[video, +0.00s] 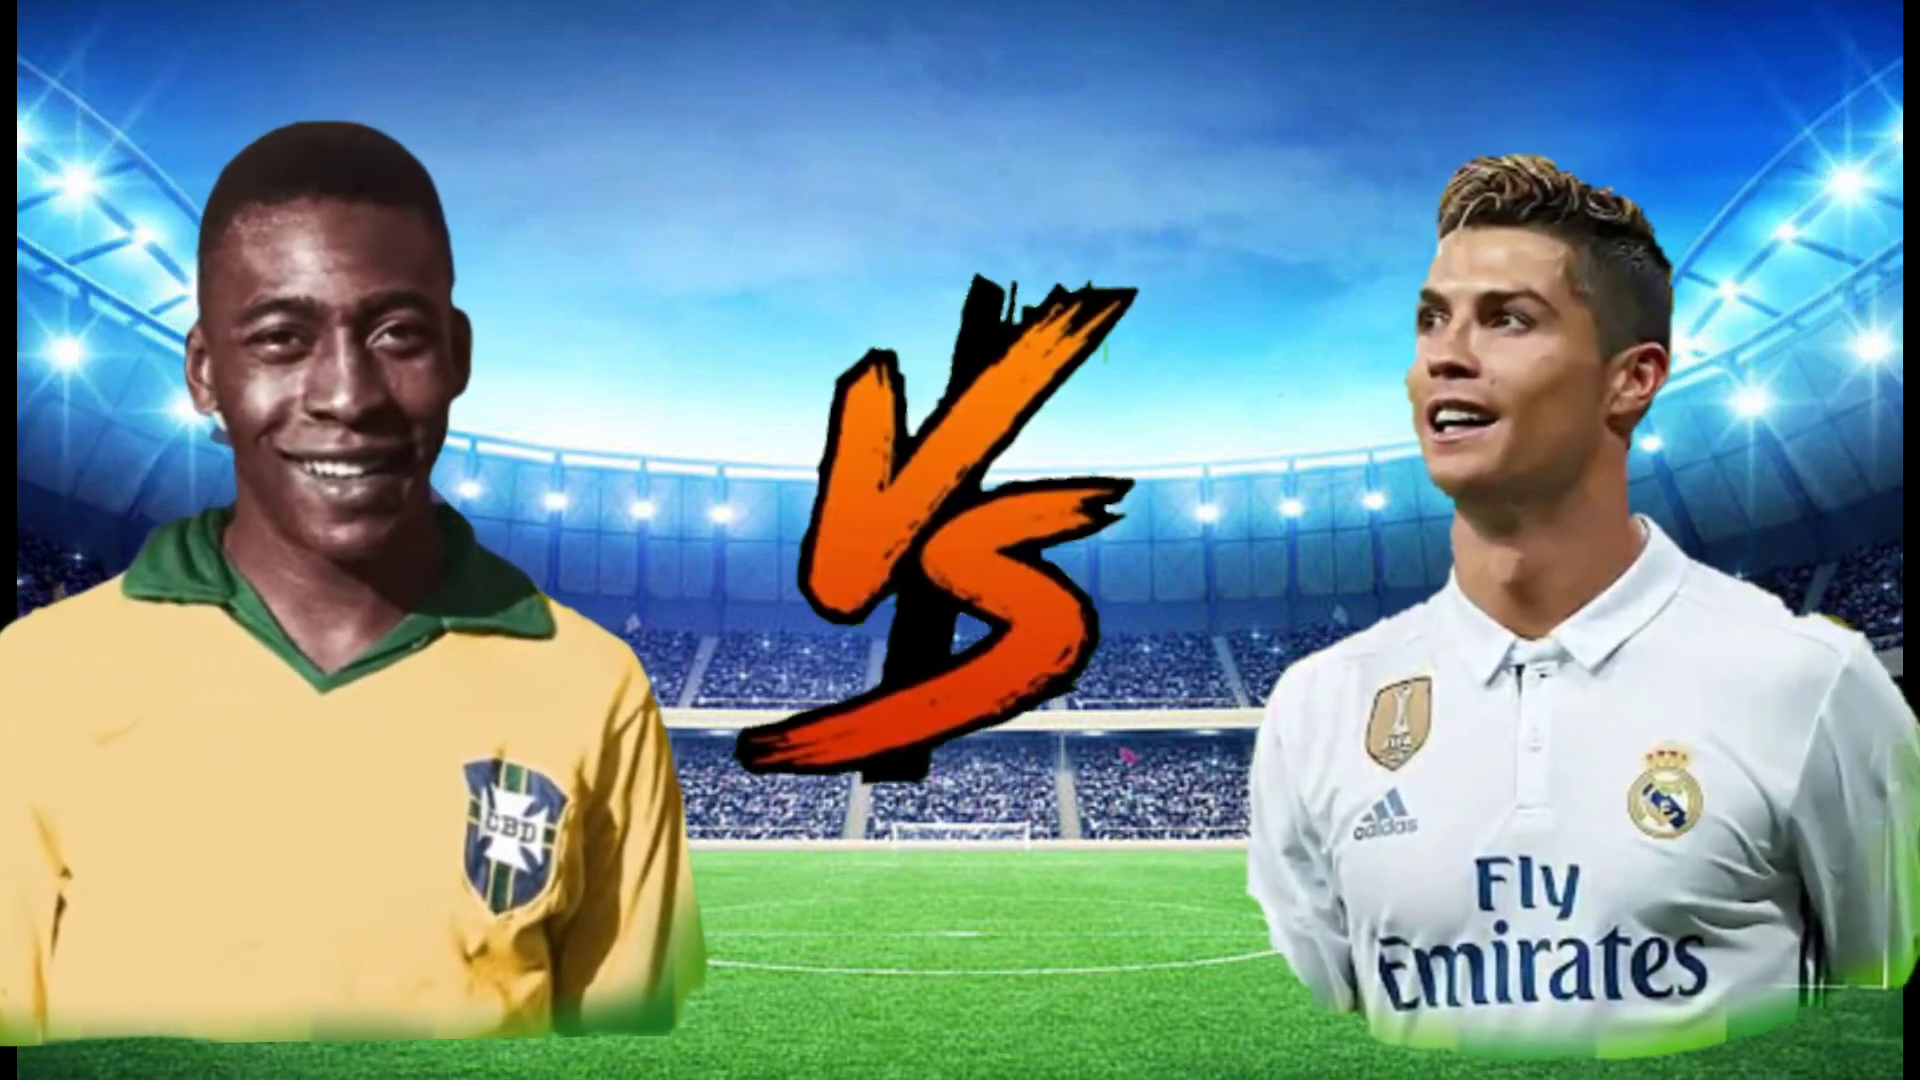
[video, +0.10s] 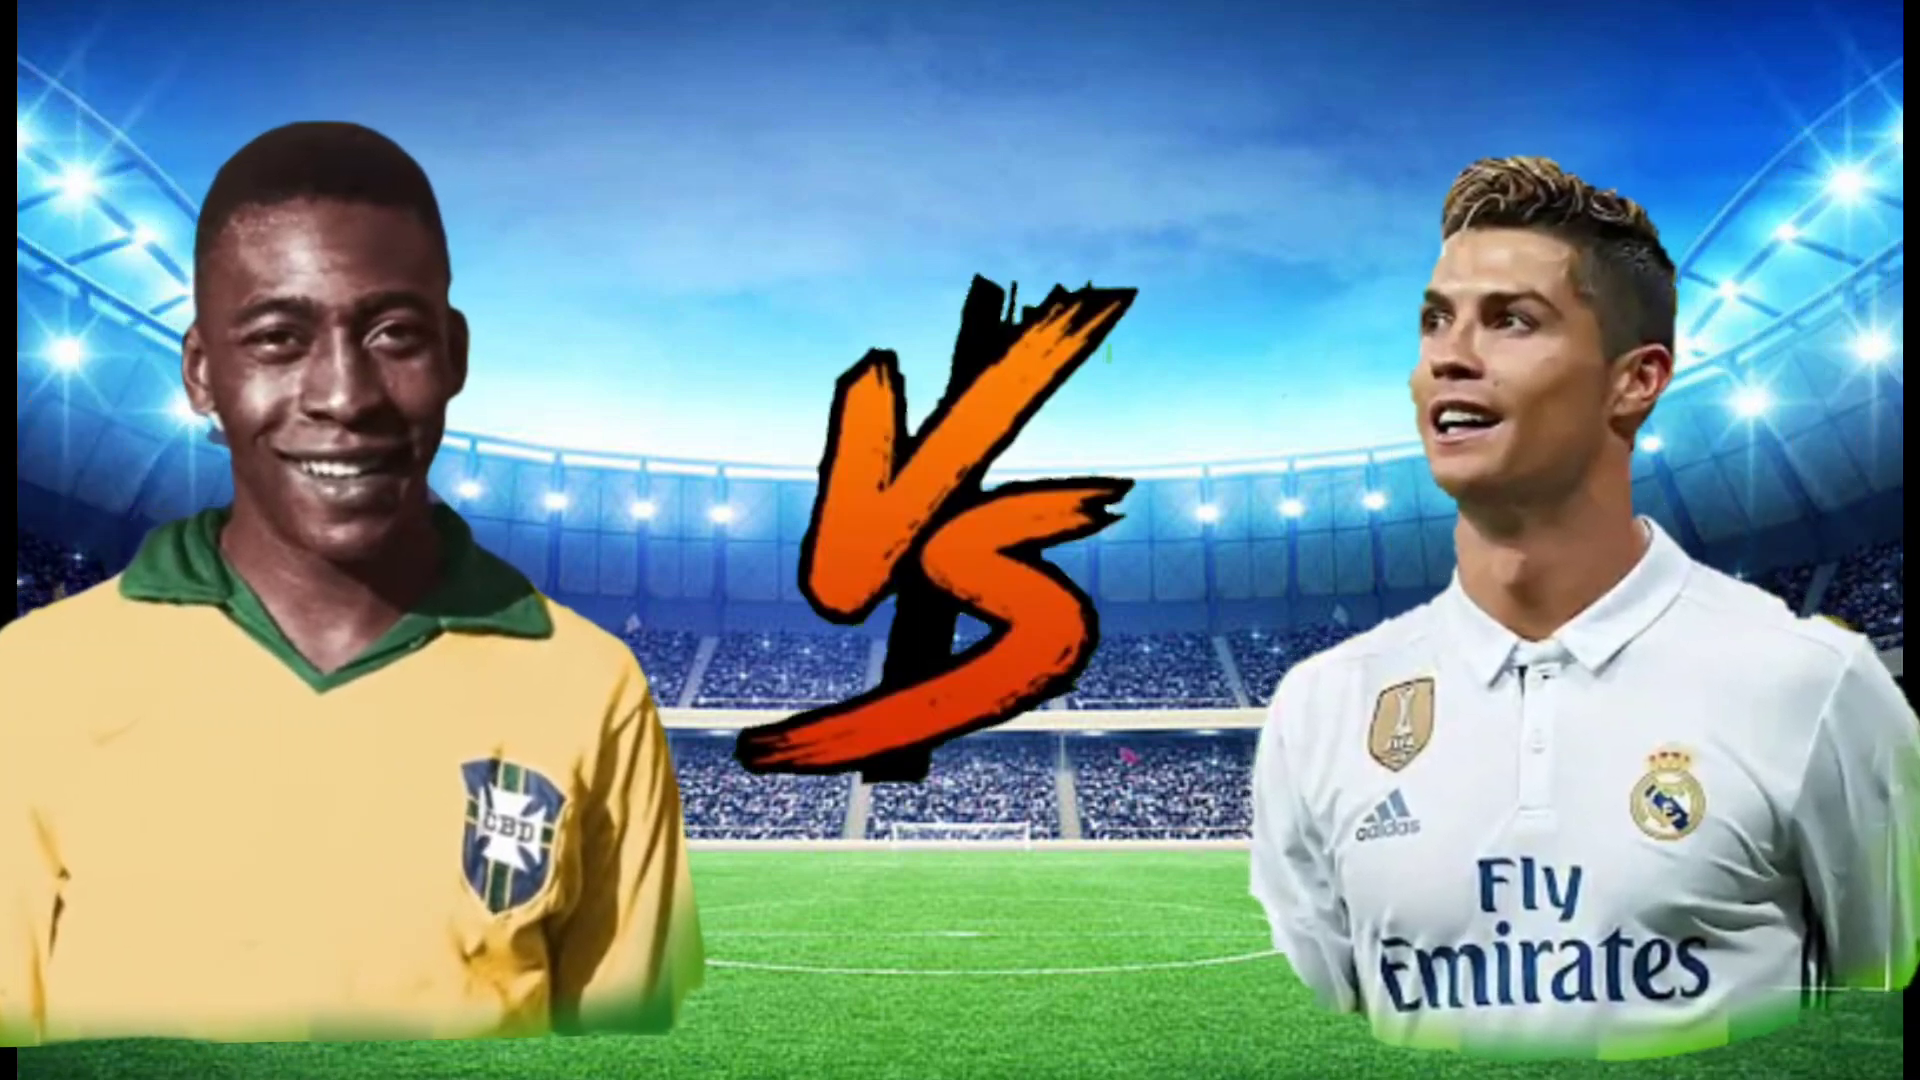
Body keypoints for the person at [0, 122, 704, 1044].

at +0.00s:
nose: (348, 397)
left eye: (397, 333)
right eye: (283, 338)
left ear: (456, 356)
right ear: (204, 373)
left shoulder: (594, 701)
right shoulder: (35, 690)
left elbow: (621, 1055)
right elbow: (17, 1029)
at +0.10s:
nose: (345, 397)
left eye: (394, 333)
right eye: (279, 337)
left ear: (453, 357)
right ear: (201, 374)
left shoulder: (592, 700)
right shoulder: (33, 690)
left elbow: (619, 1053)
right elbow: (16, 1028)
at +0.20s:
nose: (342, 397)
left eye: (390, 333)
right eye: (275, 337)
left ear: (450, 357)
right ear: (198, 374)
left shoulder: (589, 699)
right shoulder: (32, 690)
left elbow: (616, 1051)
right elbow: (16, 1027)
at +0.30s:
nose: (337, 396)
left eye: (385, 333)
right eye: (270, 336)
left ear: (444, 357)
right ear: (193, 376)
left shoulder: (584, 698)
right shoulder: (30, 689)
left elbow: (613, 1055)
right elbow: (16, 1029)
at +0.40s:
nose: (331, 396)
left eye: (379, 333)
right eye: (263, 337)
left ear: (438, 357)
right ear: (187, 376)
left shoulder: (578, 697)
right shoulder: (28, 688)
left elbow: (607, 1051)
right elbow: (14, 1028)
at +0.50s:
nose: (325, 397)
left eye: (371, 333)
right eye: (256, 337)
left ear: (431, 357)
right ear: (179, 376)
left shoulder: (571, 696)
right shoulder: (26, 686)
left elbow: (601, 1052)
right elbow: (11, 1030)